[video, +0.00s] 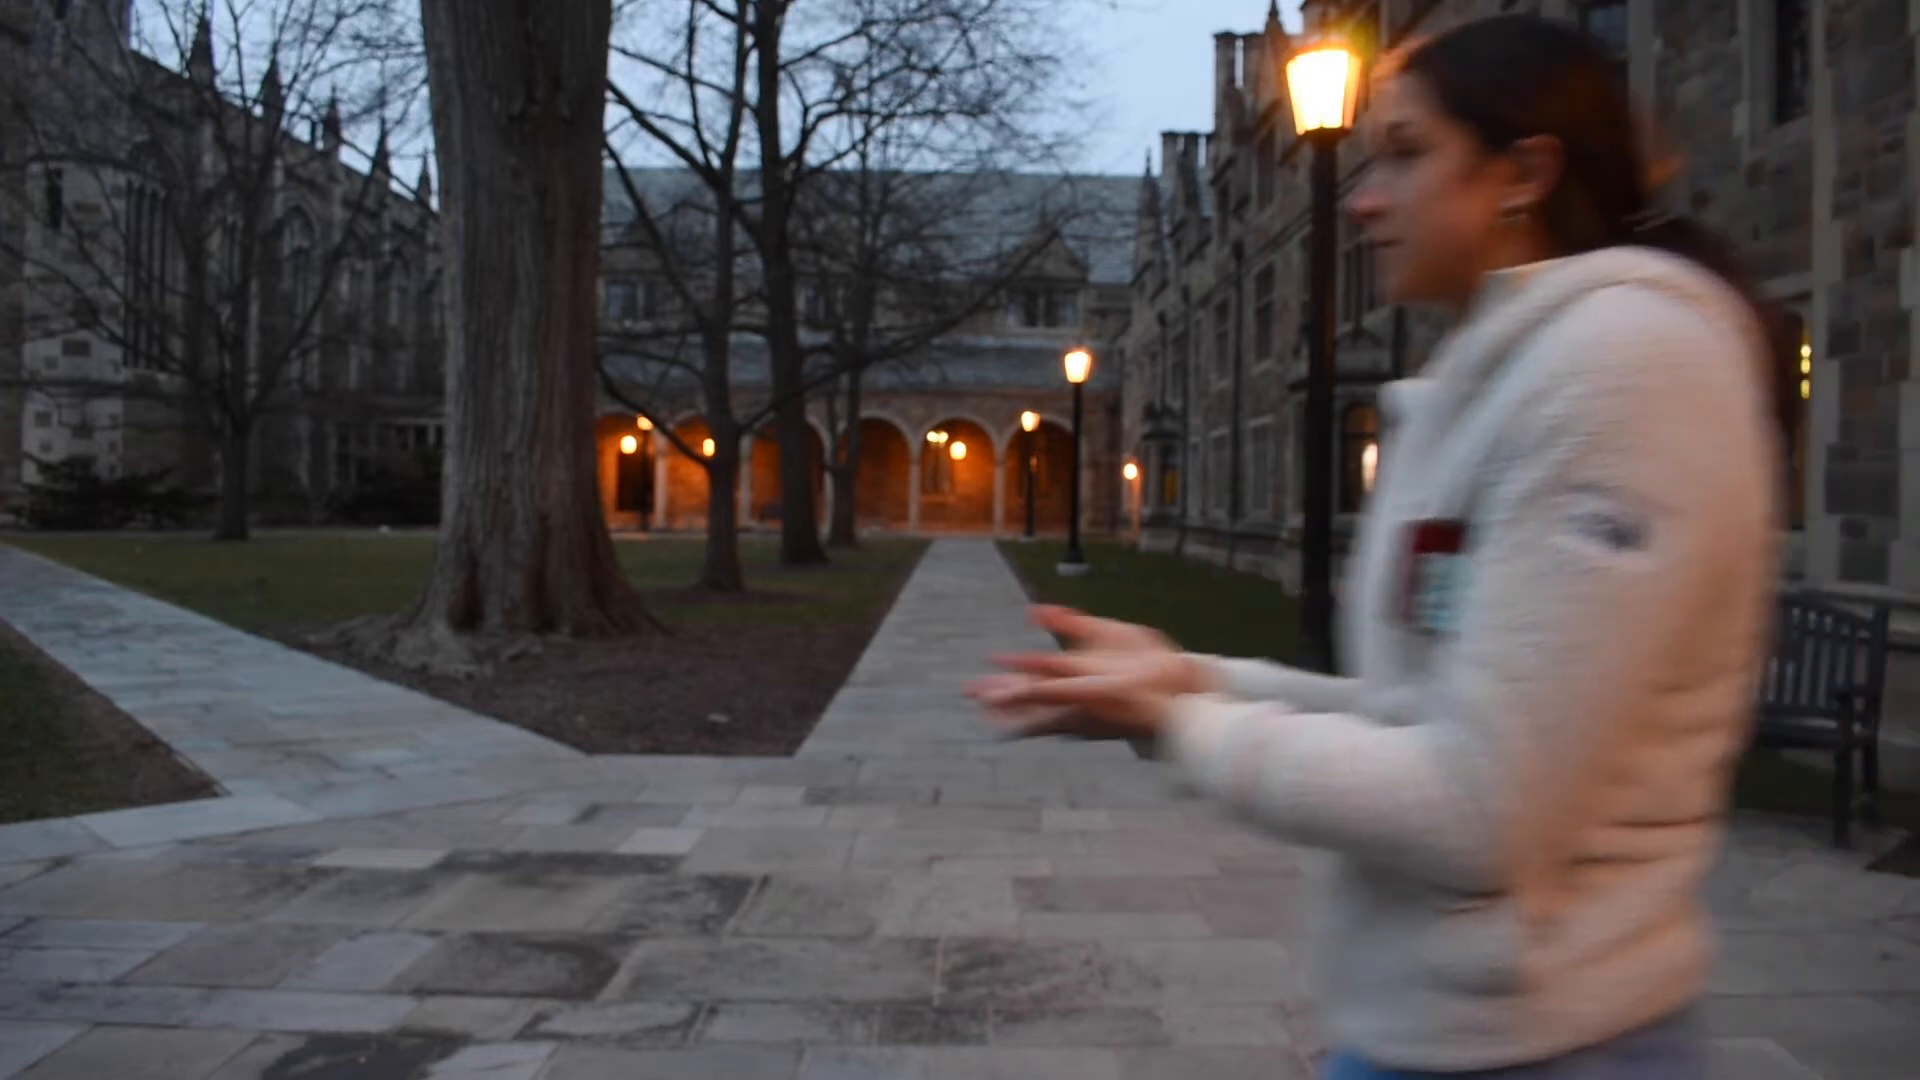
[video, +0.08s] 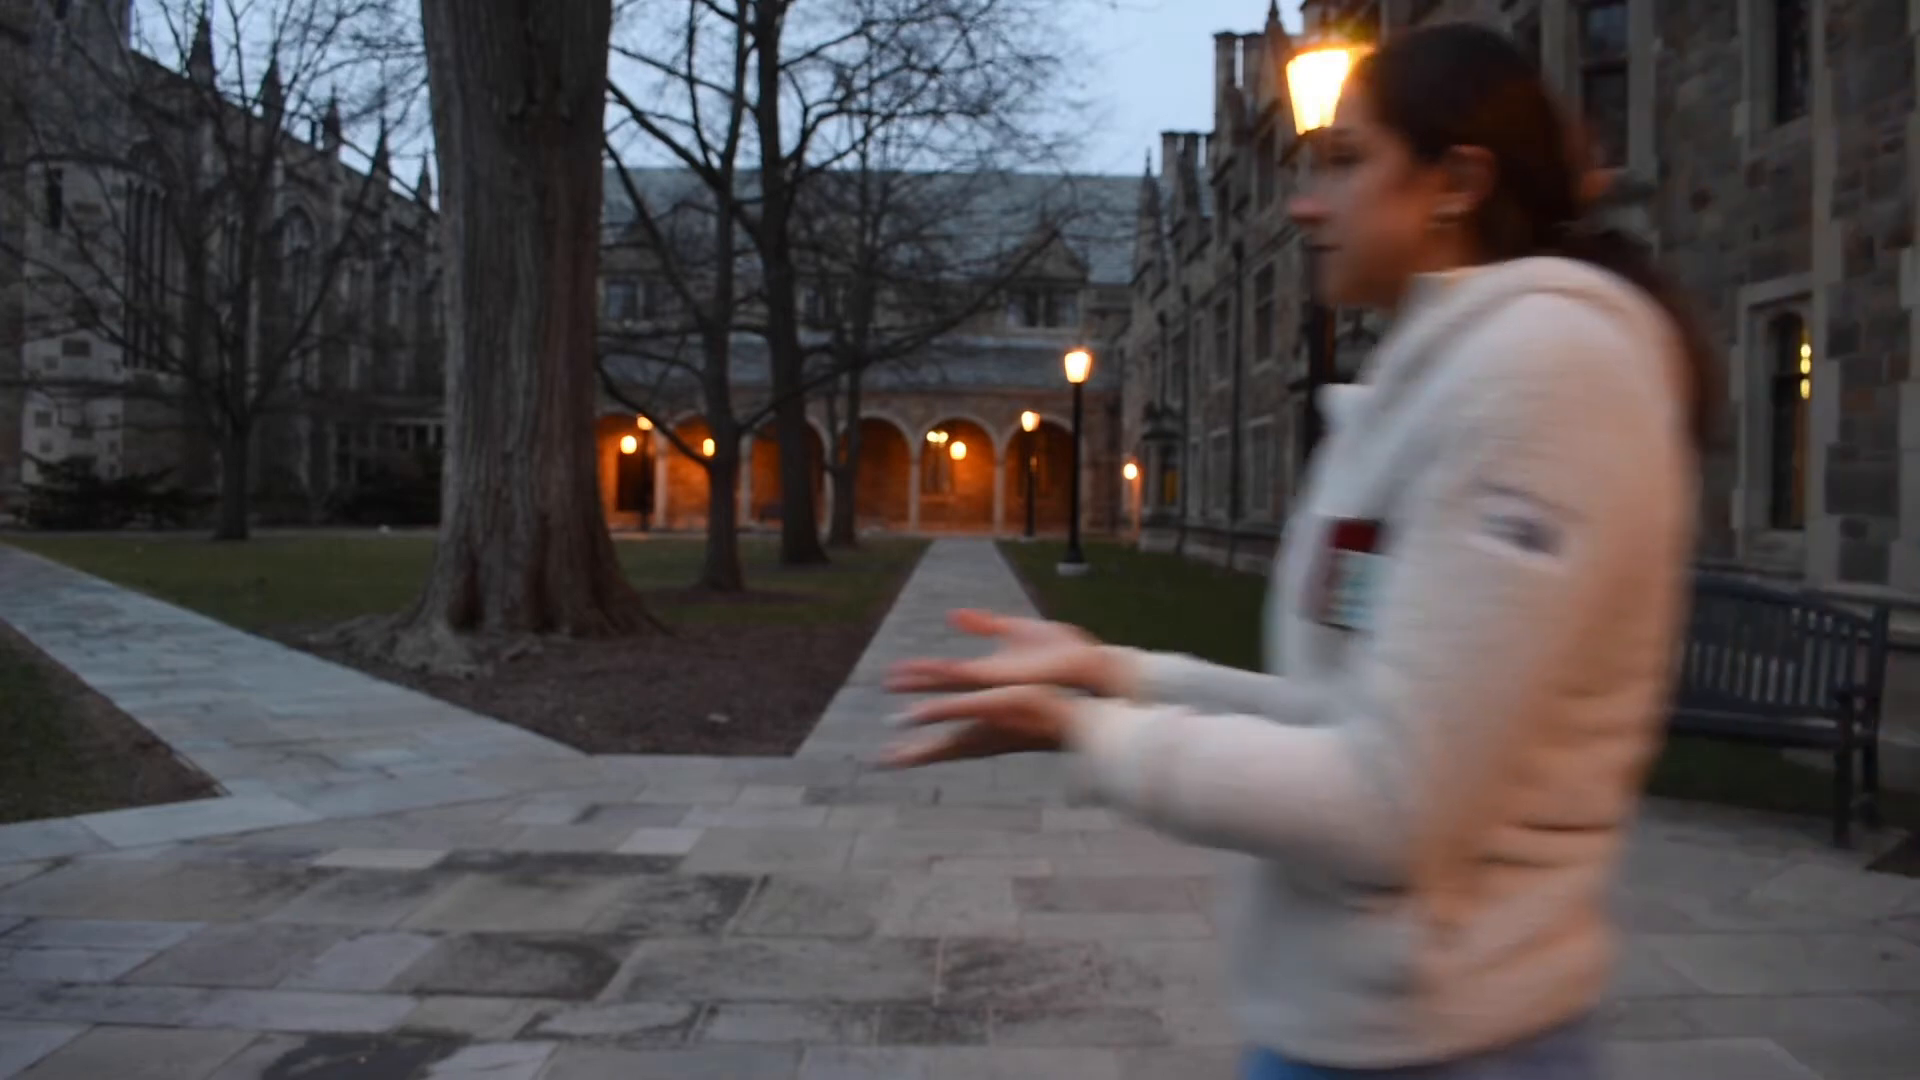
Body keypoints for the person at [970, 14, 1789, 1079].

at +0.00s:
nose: (1361, 199)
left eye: (1403, 153)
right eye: (1368, 158)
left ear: (1524, 172)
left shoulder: (1631, 354)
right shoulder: (1485, 369)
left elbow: (1485, 811)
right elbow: (1440, 723)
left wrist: (1180, 718)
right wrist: (1194, 681)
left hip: (1547, 1036)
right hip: (1431, 1026)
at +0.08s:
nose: (1303, 204)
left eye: (1344, 162)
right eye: (1316, 165)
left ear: (1457, 181)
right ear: (1442, 187)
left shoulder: (1550, 360)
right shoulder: (1442, 361)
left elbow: (1393, 808)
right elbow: (1371, 724)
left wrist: (1088, 726)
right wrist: (1120, 675)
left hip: (1437, 1038)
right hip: (1359, 1023)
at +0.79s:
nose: (835, 186)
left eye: (869, 150)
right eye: (851, 149)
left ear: (966, 184)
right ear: (959, 186)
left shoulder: (1025, 354)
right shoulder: (978, 349)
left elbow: (862, 757)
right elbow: (854, 679)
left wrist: (588, 650)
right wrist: (643, 623)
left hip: (913, 991)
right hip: (899, 979)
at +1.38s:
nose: (673, 181)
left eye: (722, 152)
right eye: (671, 149)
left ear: (817, 200)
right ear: (662, 171)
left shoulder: (900, 369)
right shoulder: (642, 376)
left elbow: (825, 722)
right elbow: (585, 710)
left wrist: (542, 619)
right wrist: (491, 621)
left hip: (784, 940)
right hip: (604, 933)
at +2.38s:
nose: (1094, 225)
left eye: (1086, 192)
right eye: (1056, 187)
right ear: (953, 204)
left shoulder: (1050, 404)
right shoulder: (848, 382)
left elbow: (1082, 693)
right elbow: (910, 744)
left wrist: (1286, 631)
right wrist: (1181, 653)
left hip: (1066, 935)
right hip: (915, 948)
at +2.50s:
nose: (1165, 224)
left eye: (1156, 191)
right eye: (1130, 187)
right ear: (1031, 204)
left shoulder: (1070, 392)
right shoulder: (941, 381)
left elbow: (1095, 684)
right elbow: (1010, 743)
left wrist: (1337, 645)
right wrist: (1292, 643)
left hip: (1076, 950)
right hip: (982, 963)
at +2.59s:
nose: (1213, 227)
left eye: (1204, 192)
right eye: (1178, 187)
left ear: (1092, 209)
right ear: (1080, 202)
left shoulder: (1070, 373)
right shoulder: (1007, 374)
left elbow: (1101, 703)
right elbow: (1073, 743)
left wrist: (1348, 650)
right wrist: (1340, 650)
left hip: (1077, 952)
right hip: (1027, 964)